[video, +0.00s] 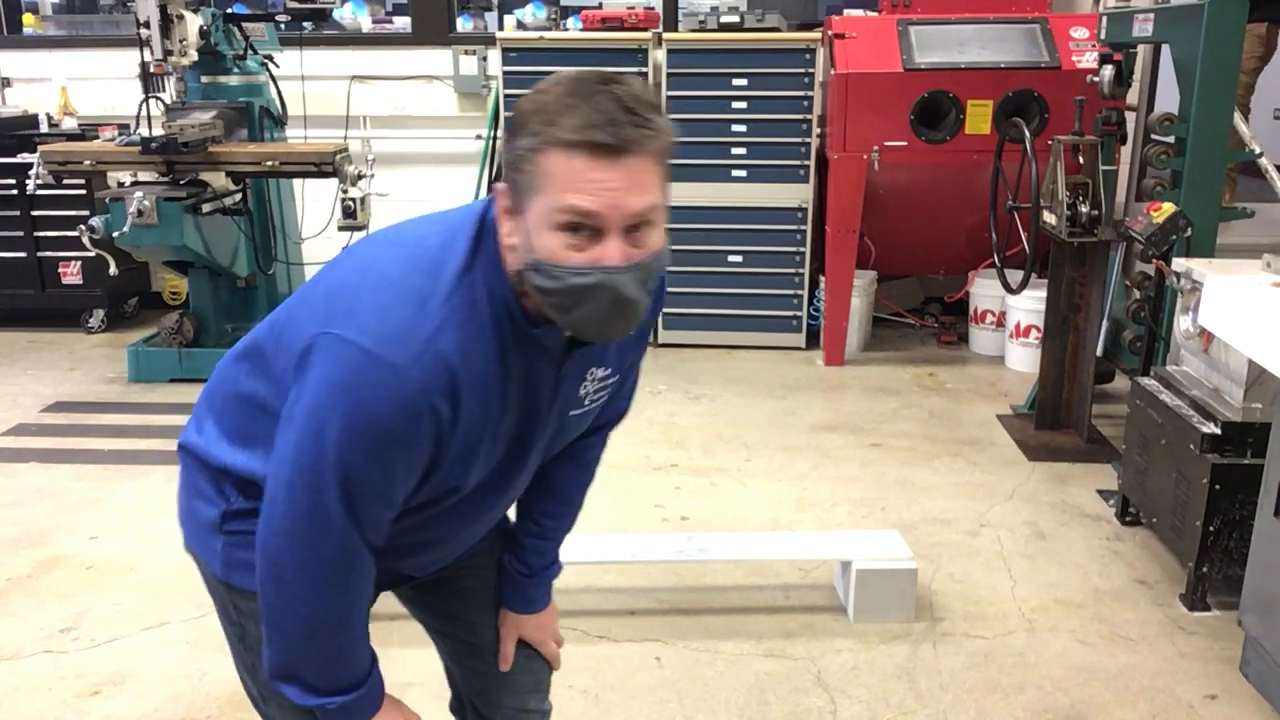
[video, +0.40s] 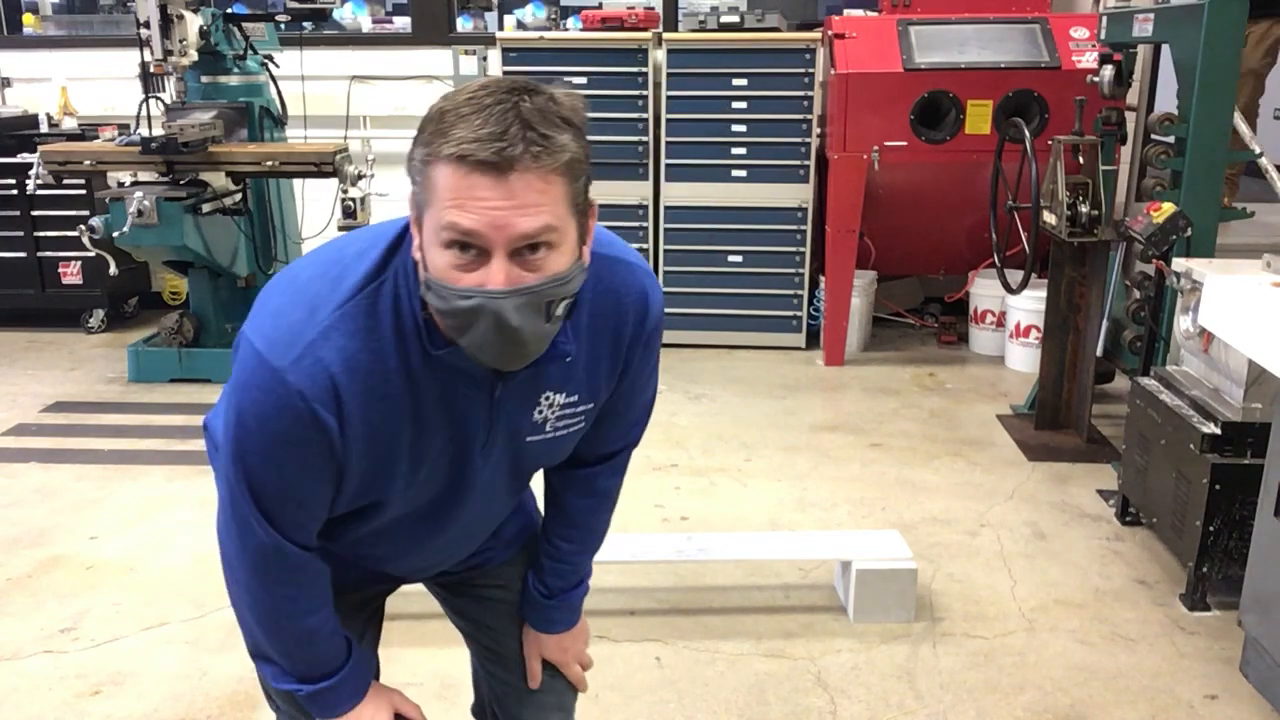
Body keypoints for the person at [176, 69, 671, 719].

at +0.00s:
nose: (614, 262)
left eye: (639, 229)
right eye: (580, 230)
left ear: (664, 217)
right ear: (508, 212)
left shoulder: (627, 287)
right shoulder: (389, 354)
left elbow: (574, 446)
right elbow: (305, 565)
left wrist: (530, 582)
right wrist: (354, 699)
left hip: (433, 484)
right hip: (269, 512)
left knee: (516, 687)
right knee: (313, 700)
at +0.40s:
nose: (498, 289)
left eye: (532, 251)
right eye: (466, 250)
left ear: (586, 231)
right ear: (417, 234)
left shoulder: (621, 301)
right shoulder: (299, 364)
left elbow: (592, 466)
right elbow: (267, 557)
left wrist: (556, 607)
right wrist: (339, 689)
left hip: (484, 516)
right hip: (331, 538)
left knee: (542, 695)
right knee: (315, 703)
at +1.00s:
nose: (416, 15)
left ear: (480, 9)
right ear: (327, 10)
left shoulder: (542, 116)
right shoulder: (222, 159)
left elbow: (586, 330)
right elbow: (184, 434)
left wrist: (616, 517)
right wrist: (254, 665)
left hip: (463, 519)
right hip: (297, 538)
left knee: (510, 704)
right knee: (314, 709)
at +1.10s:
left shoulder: (533, 91)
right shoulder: (219, 131)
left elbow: (585, 307)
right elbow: (168, 412)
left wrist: (635, 487)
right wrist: (222, 658)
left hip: (469, 527)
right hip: (295, 539)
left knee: (510, 703)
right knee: (320, 709)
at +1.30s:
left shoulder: (554, 76)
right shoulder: (253, 108)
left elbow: (609, 272)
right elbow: (180, 385)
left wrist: (642, 438)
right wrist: (218, 618)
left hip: (494, 522)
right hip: (317, 538)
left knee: (526, 705)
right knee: (317, 709)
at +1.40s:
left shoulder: (568, 63)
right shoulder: (275, 85)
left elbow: (626, 252)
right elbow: (216, 361)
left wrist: (655, 398)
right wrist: (262, 575)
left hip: (527, 521)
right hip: (350, 536)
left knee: (534, 708)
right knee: (336, 708)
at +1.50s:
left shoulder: (583, 57)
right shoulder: (297, 72)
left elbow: (645, 221)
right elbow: (245, 335)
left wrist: (683, 311)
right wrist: (328, 531)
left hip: (561, 524)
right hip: (382, 543)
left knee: (550, 709)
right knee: (365, 711)